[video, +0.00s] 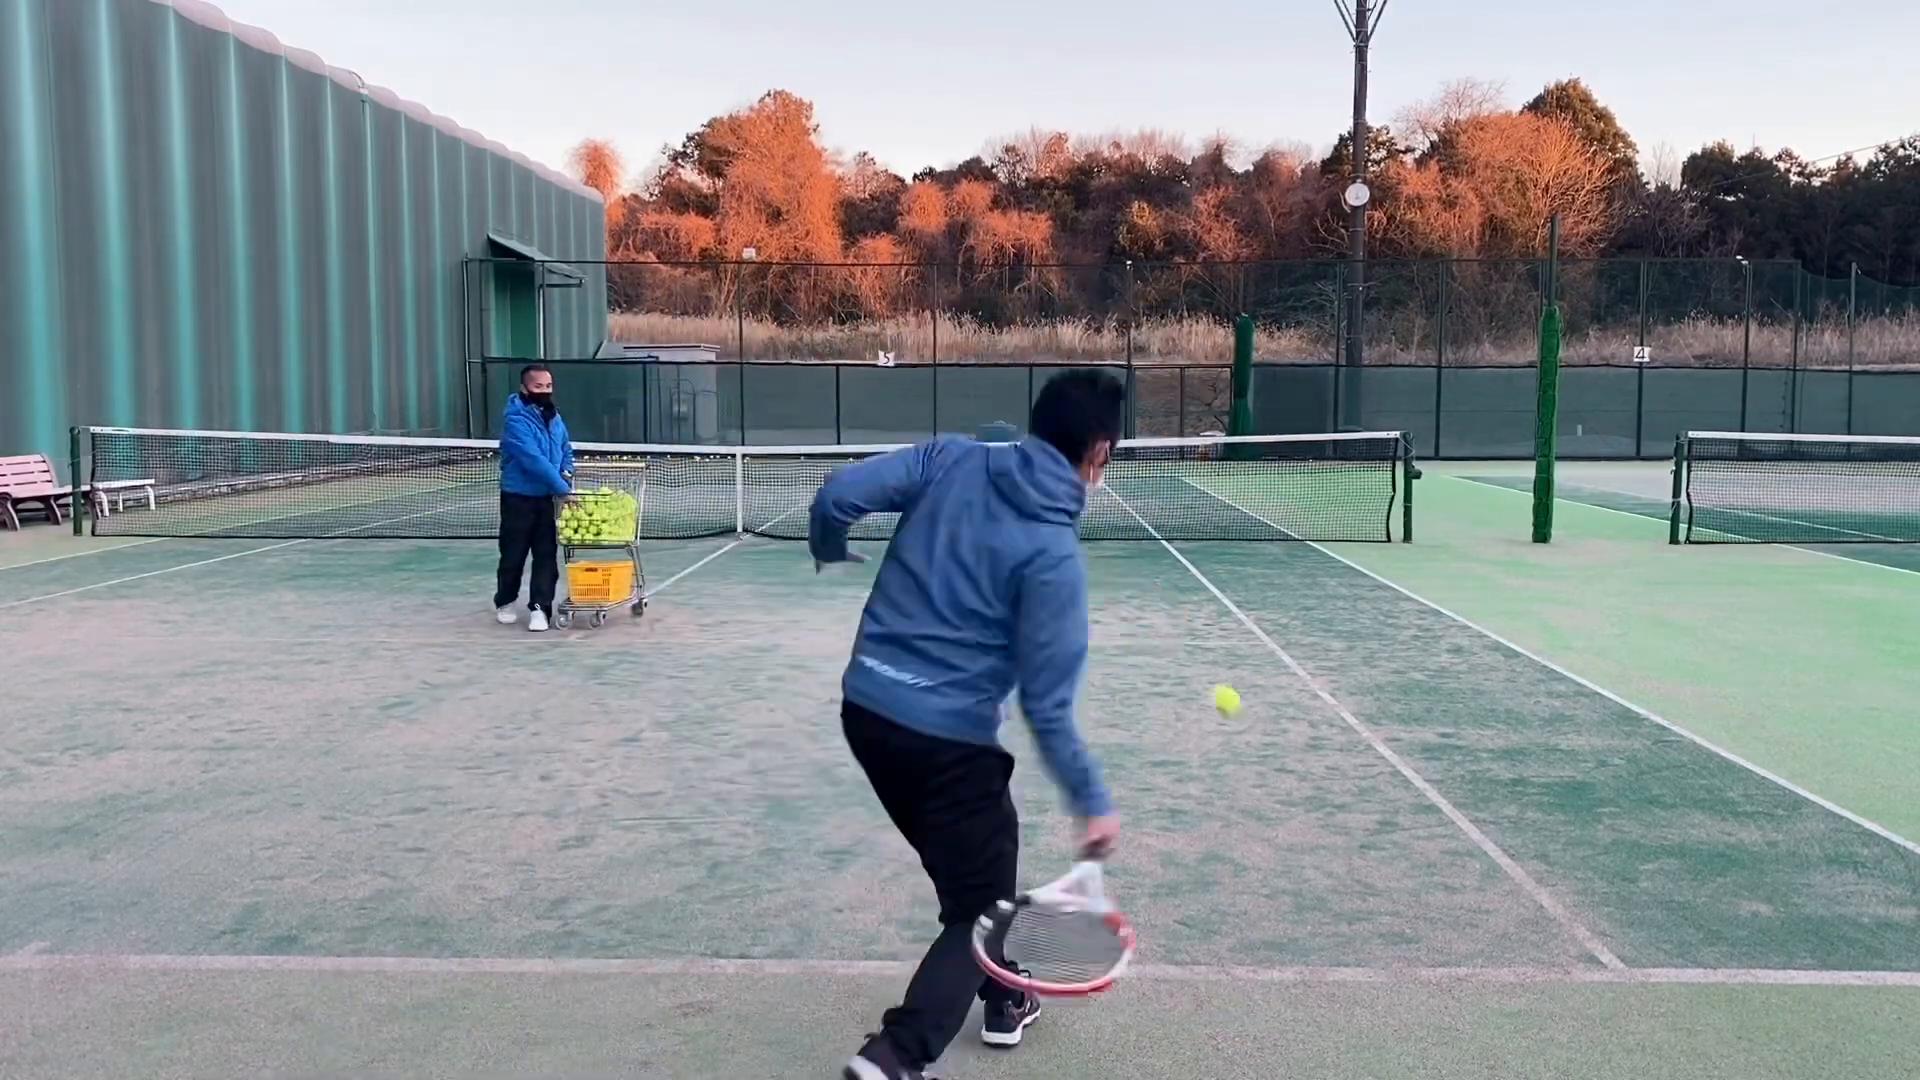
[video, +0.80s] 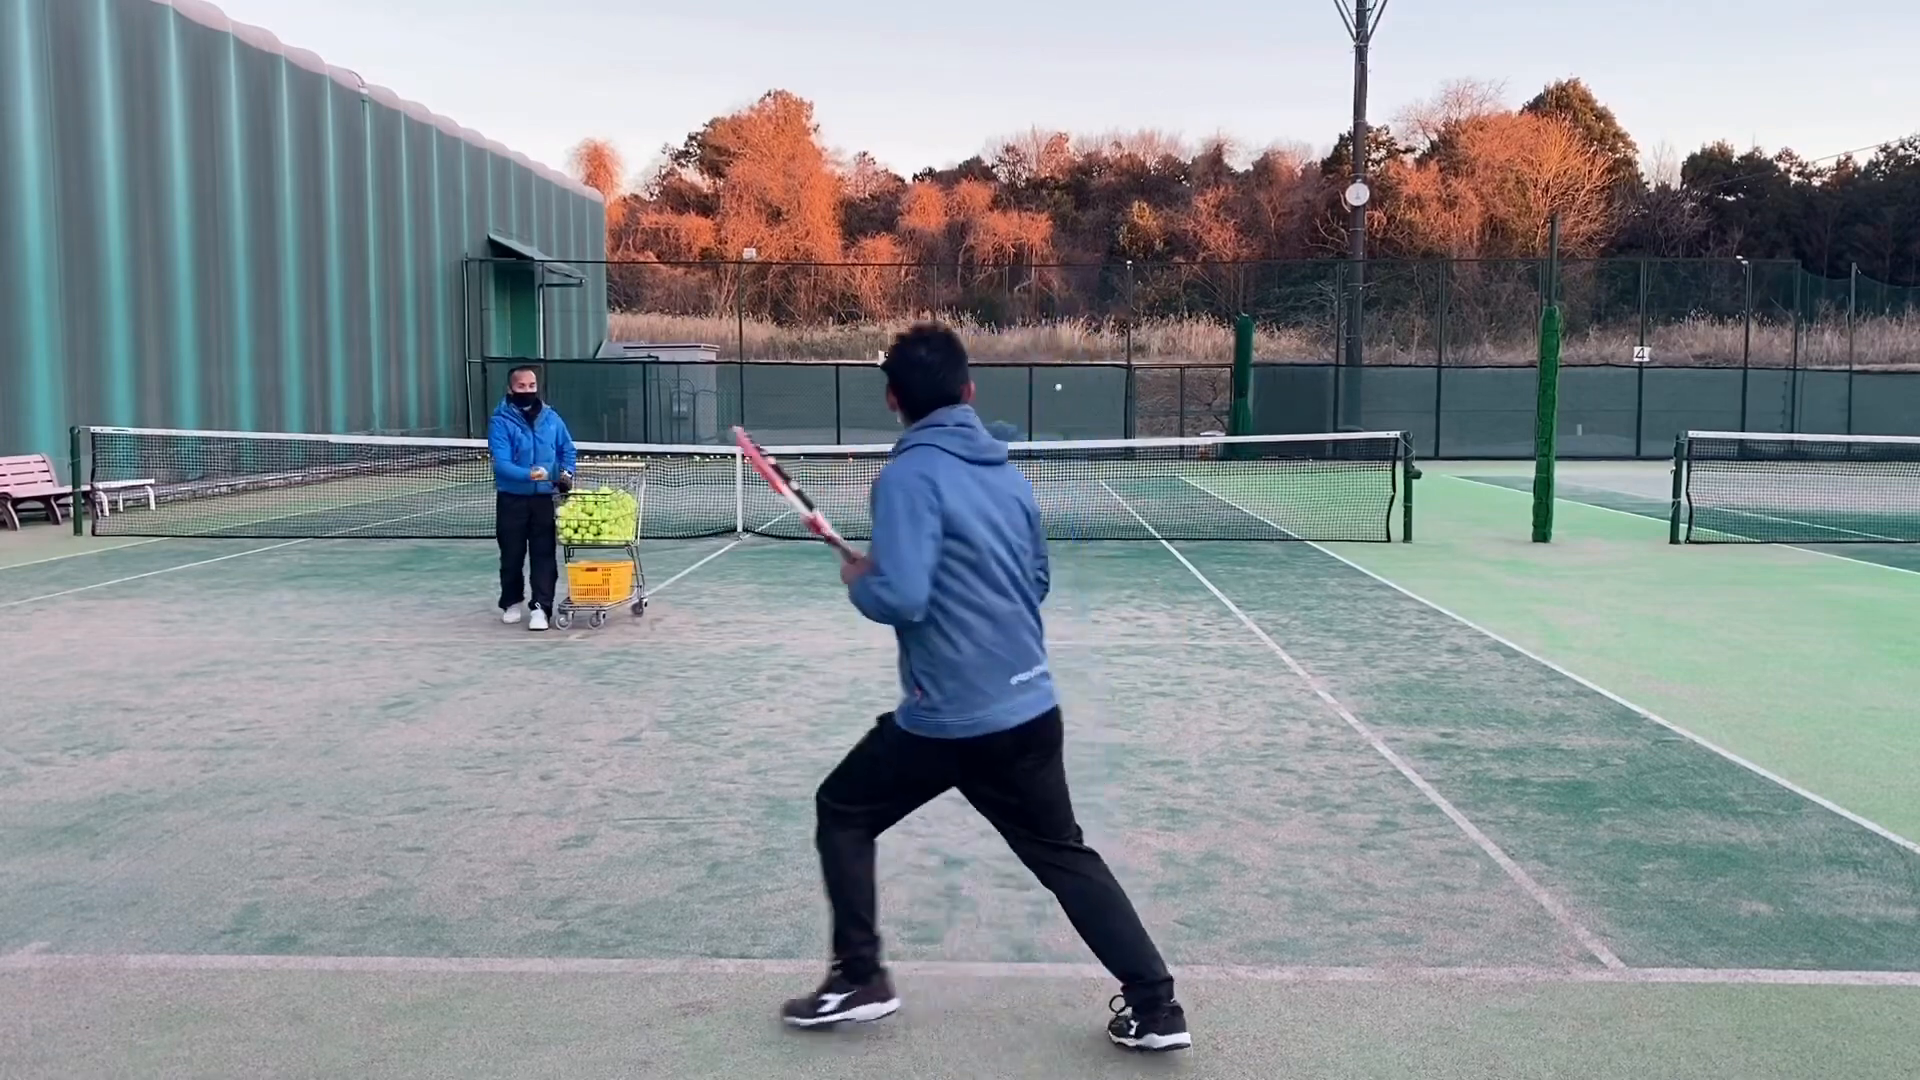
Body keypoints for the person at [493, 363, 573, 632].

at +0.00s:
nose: (545, 391)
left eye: (548, 386)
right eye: (539, 387)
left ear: (552, 387)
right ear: (525, 388)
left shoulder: (554, 417)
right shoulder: (516, 418)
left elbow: (566, 449)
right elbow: (531, 458)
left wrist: (565, 470)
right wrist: (562, 489)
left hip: (546, 493)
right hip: (518, 494)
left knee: (546, 555)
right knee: (514, 553)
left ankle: (540, 609)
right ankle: (505, 602)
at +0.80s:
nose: (527, 390)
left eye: (531, 385)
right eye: (521, 385)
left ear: (537, 387)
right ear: (511, 388)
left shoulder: (551, 417)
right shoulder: (500, 420)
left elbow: (568, 450)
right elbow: (500, 465)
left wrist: (566, 471)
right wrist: (529, 473)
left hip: (544, 497)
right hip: (512, 498)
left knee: (543, 554)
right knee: (512, 555)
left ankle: (540, 609)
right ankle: (511, 603)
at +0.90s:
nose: (522, 391)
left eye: (526, 386)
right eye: (516, 387)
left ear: (533, 388)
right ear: (506, 390)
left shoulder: (549, 418)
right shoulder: (496, 422)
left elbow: (568, 451)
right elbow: (492, 463)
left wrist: (566, 471)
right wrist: (512, 475)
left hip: (541, 497)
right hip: (508, 498)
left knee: (540, 554)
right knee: (509, 555)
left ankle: (540, 607)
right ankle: (511, 603)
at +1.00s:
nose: (517, 392)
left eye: (521, 387)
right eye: (511, 387)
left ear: (528, 387)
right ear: (502, 390)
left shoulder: (546, 418)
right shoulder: (493, 421)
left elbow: (567, 451)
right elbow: (488, 459)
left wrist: (565, 472)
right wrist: (500, 479)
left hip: (537, 497)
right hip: (505, 497)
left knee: (538, 552)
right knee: (506, 554)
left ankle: (539, 605)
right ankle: (512, 604)